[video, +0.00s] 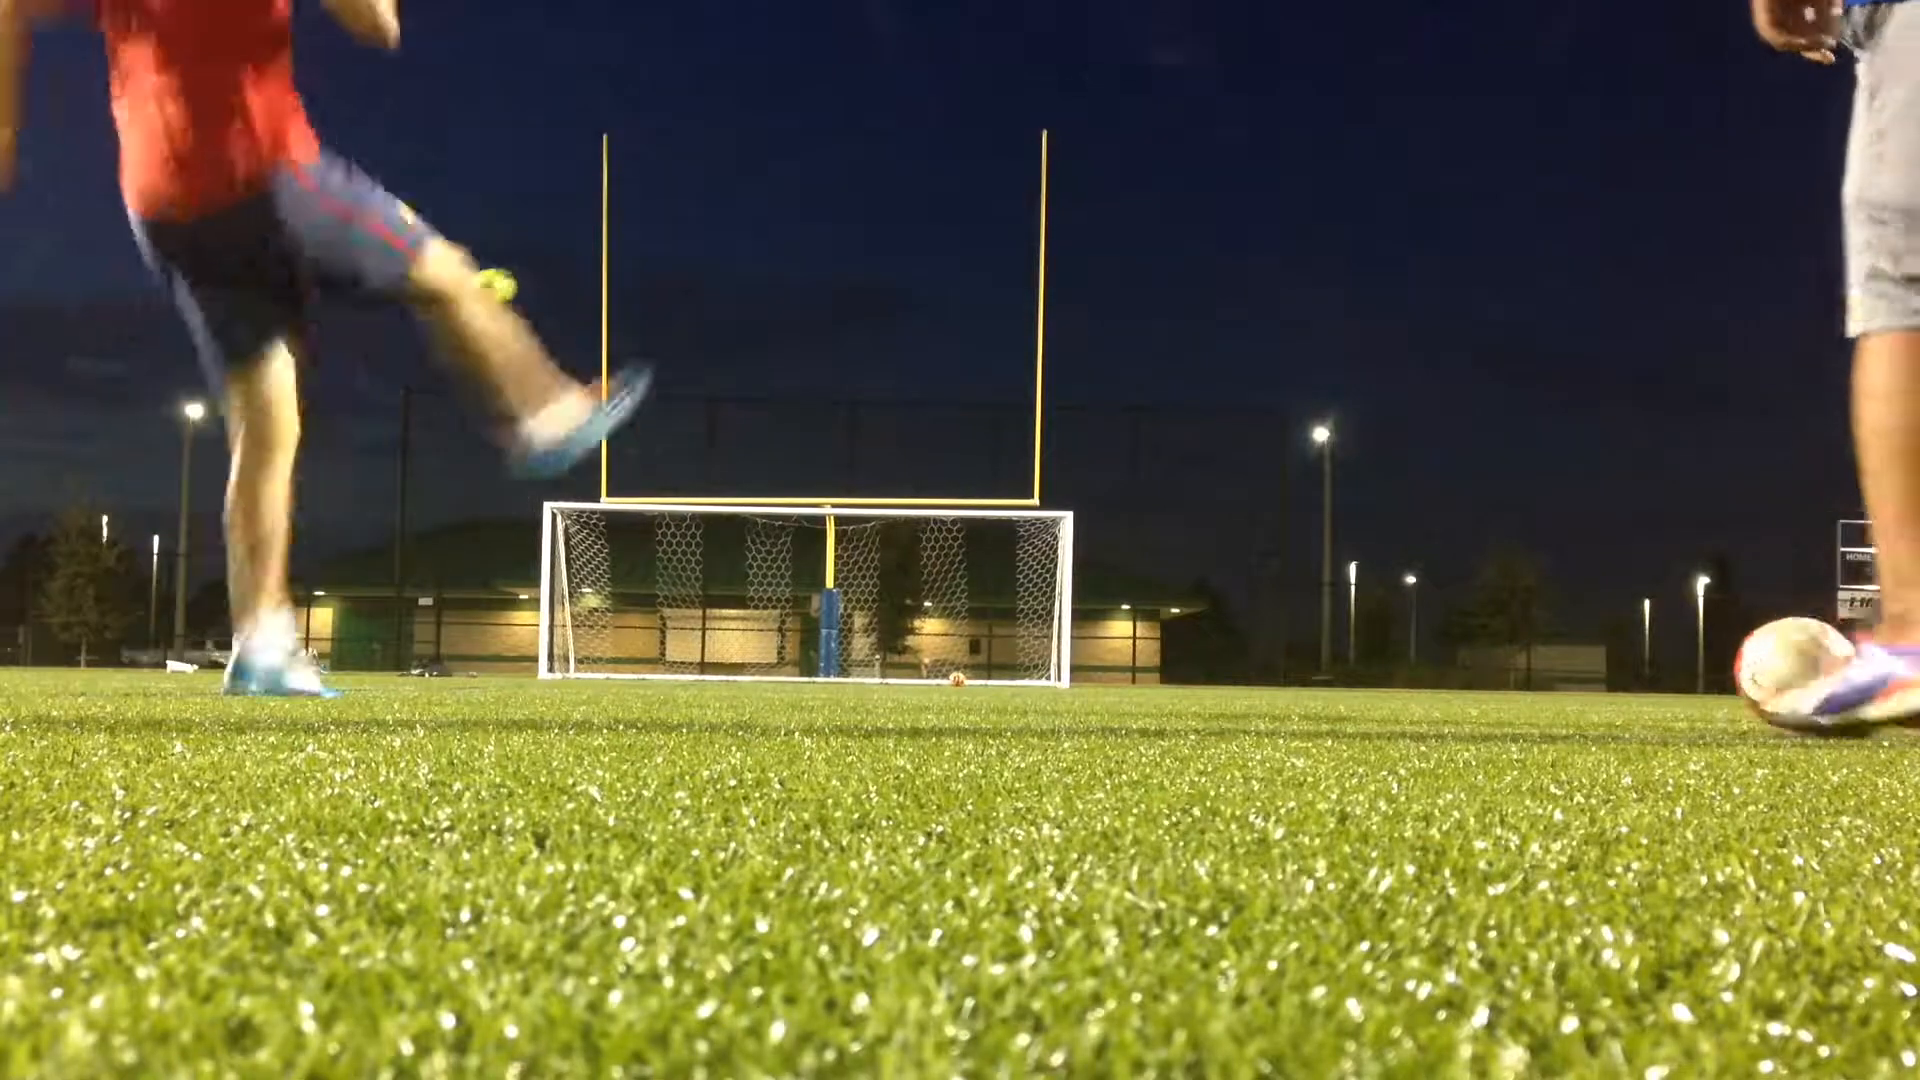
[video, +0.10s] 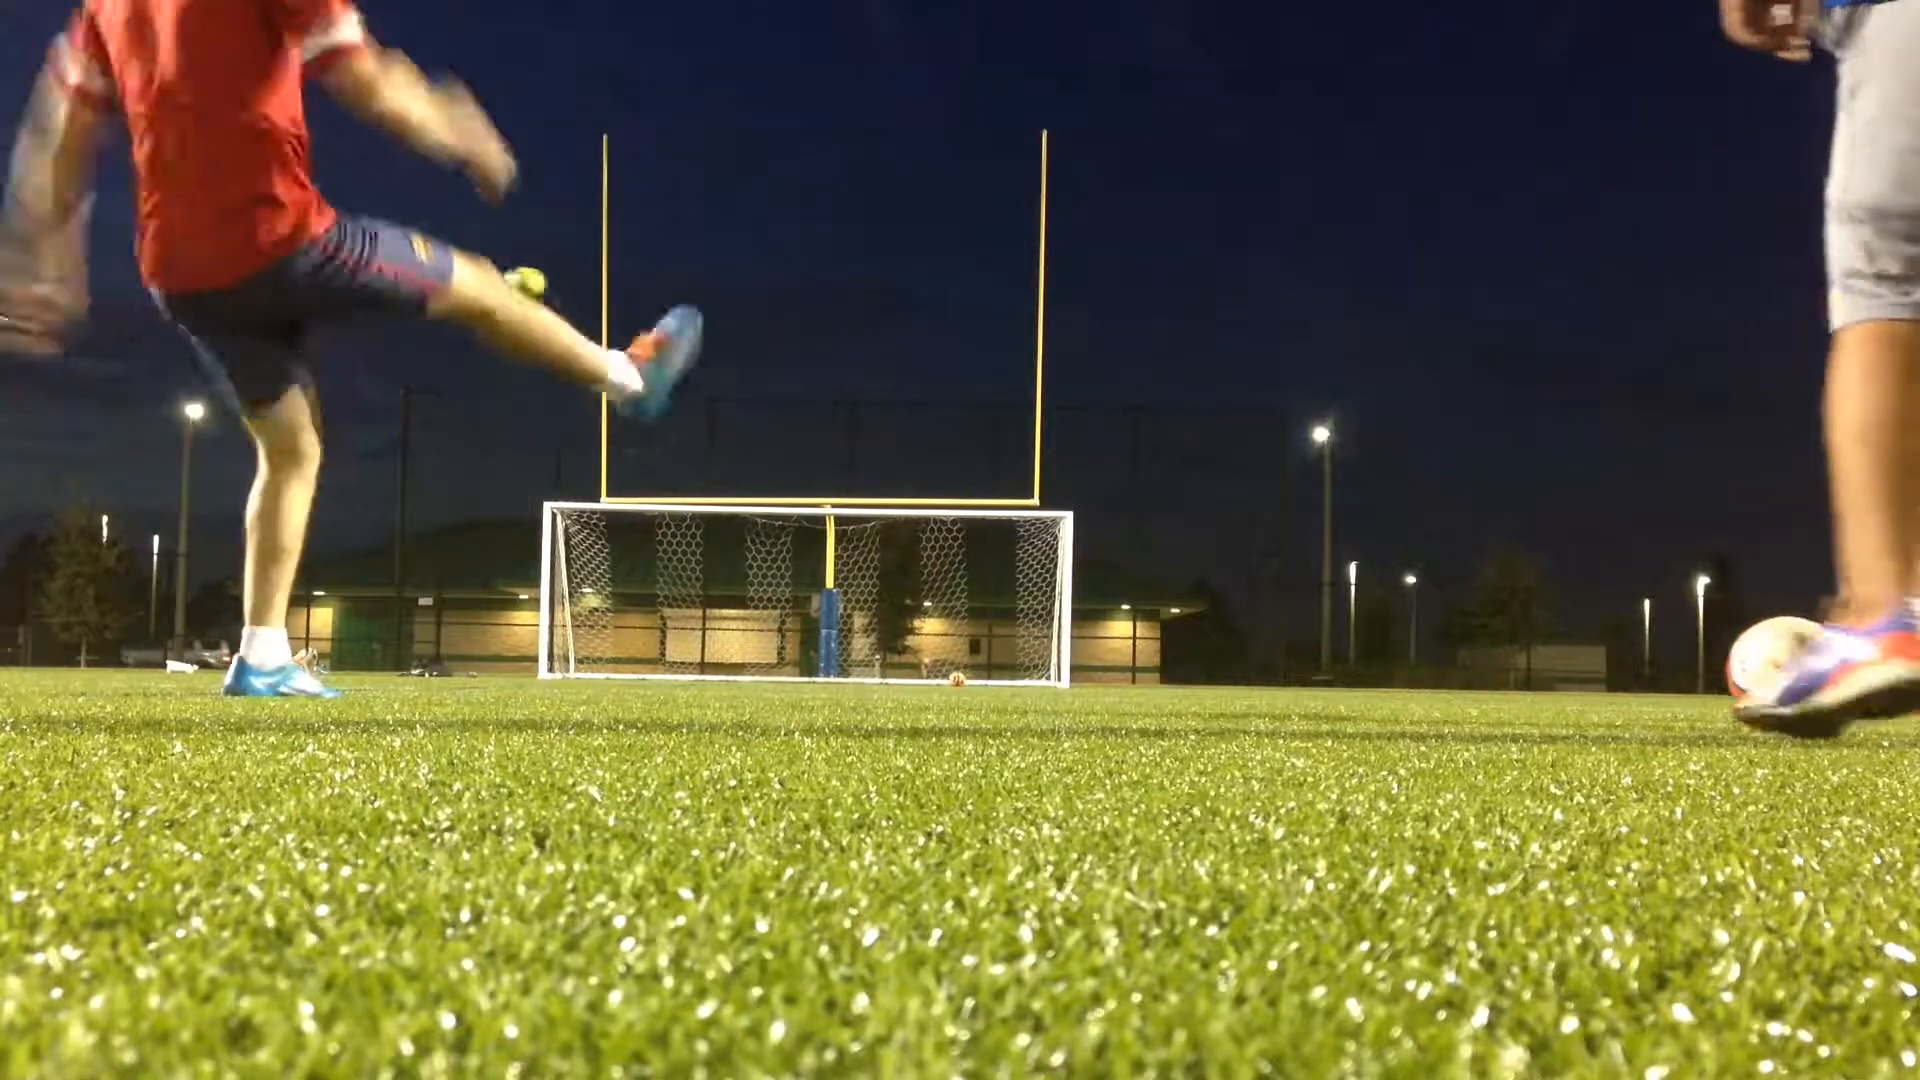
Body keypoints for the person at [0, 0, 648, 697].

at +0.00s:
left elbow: (16, 13)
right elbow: (378, 27)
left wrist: (9, 135)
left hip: (162, 183)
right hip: (257, 160)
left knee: (264, 420)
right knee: (444, 274)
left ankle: (261, 649)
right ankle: (544, 408)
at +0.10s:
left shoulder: (106, 11)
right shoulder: (284, 3)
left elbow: (55, 144)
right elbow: (369, 82)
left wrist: (49, 265)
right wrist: (462, 133)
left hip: (178, 263)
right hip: (281, 233)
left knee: (288, 447)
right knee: (477, 291)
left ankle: (262, 659)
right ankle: (629, 376)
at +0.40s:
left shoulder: (123, 1)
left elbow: (139, 94)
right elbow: (298, 70)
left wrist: (258, 52)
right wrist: (376, 110)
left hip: (185, 201)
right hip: (283, 188)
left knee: (261, 435)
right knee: (351, 418)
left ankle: (263, 646)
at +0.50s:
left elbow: (122, 93)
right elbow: (328, 82)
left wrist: (210, 115)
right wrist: (375, 143)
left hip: (154, 183)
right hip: (254, 175)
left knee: (266, 423)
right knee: (220, 427)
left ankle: (262, 650)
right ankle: (148, 655)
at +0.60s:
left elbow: (90, 61)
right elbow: (329, 63)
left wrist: (173, 83)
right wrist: (363, 141)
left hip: (129, 171)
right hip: (230, 164)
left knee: (239, 413)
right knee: (201, 417)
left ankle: (253, 639)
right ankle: (148, 654)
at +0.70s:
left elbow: (45, 33)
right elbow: (300, 47)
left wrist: (143, 57)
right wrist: (334, 121)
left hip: (96, 153)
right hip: (200, 148)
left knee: (208, 397)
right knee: (180, 406)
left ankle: (181, 637)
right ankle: (143, 654)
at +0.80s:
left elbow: (28, 27)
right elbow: (278, 36)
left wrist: (125, 51)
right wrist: (317, 129)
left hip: (78, 149)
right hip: (187, 145)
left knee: (146, 399)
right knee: (178, 408)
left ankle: (79, 616)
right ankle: (150, 657)